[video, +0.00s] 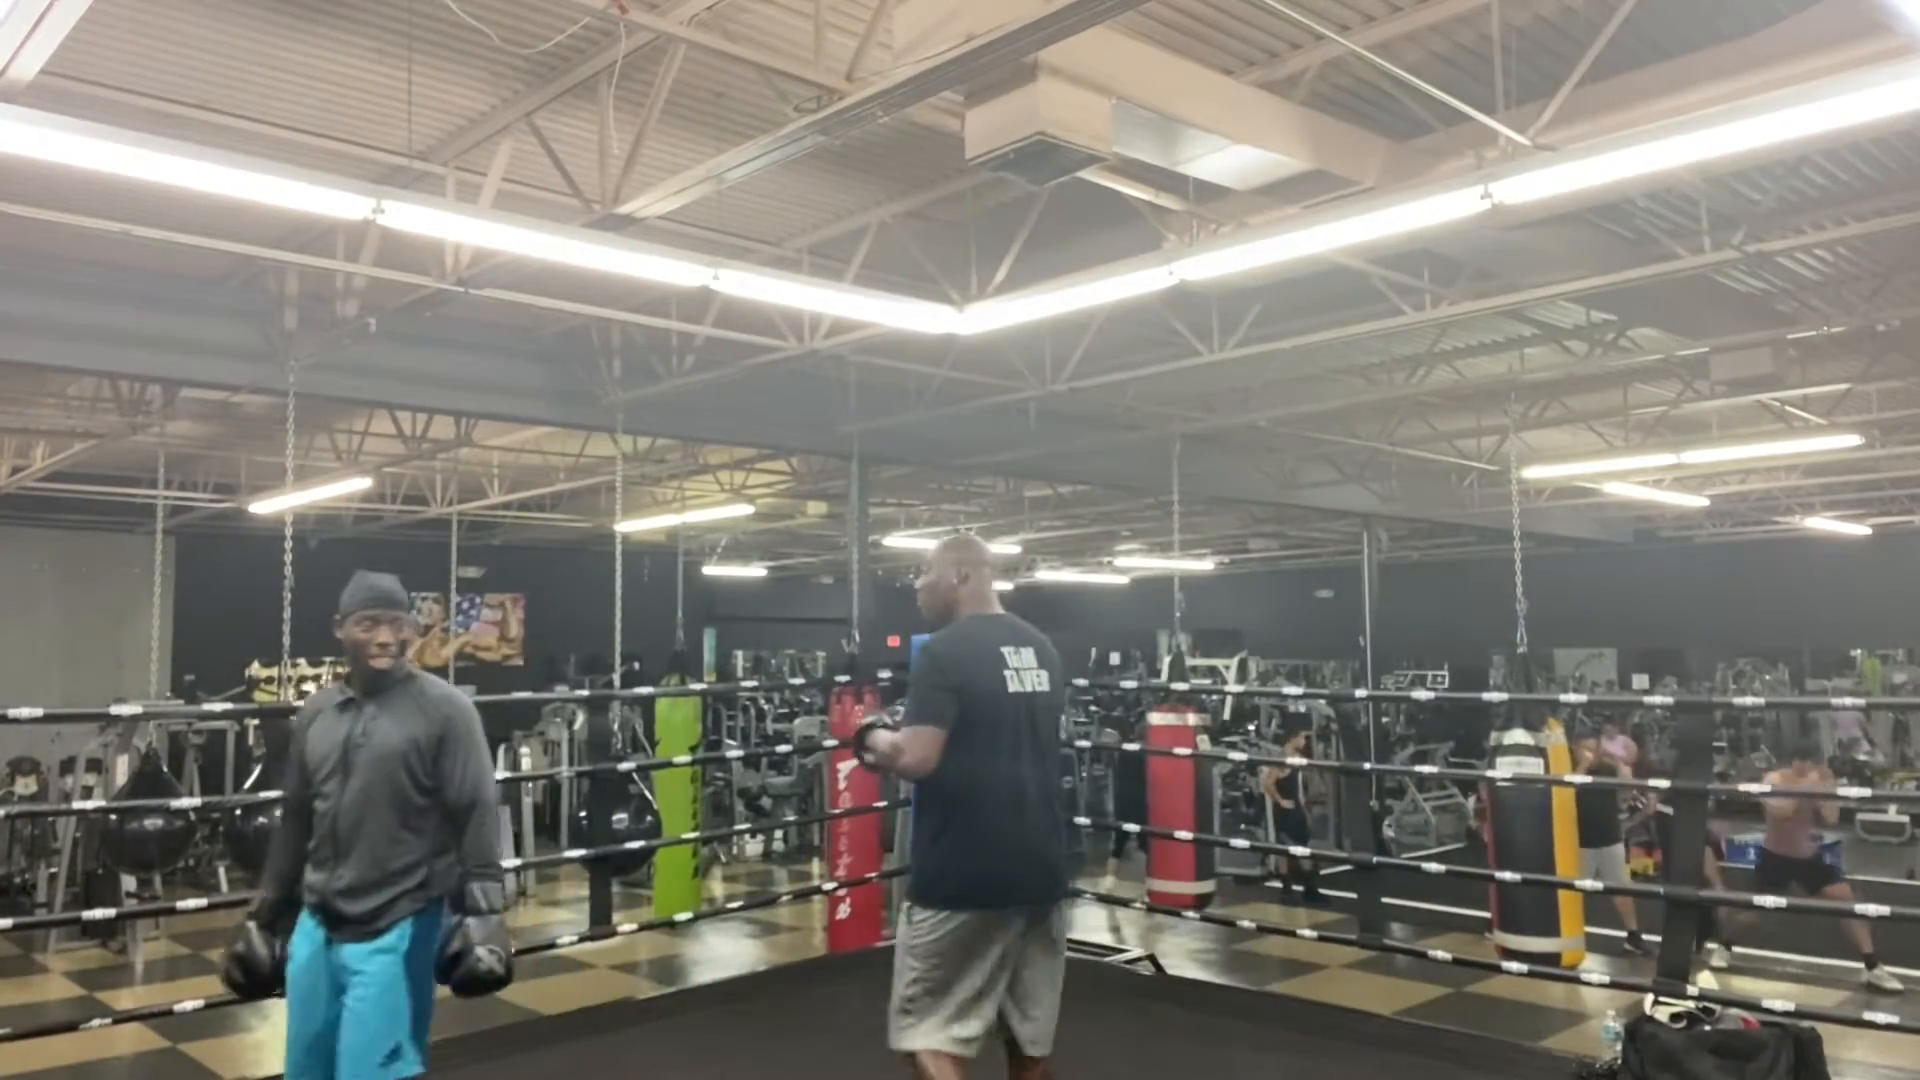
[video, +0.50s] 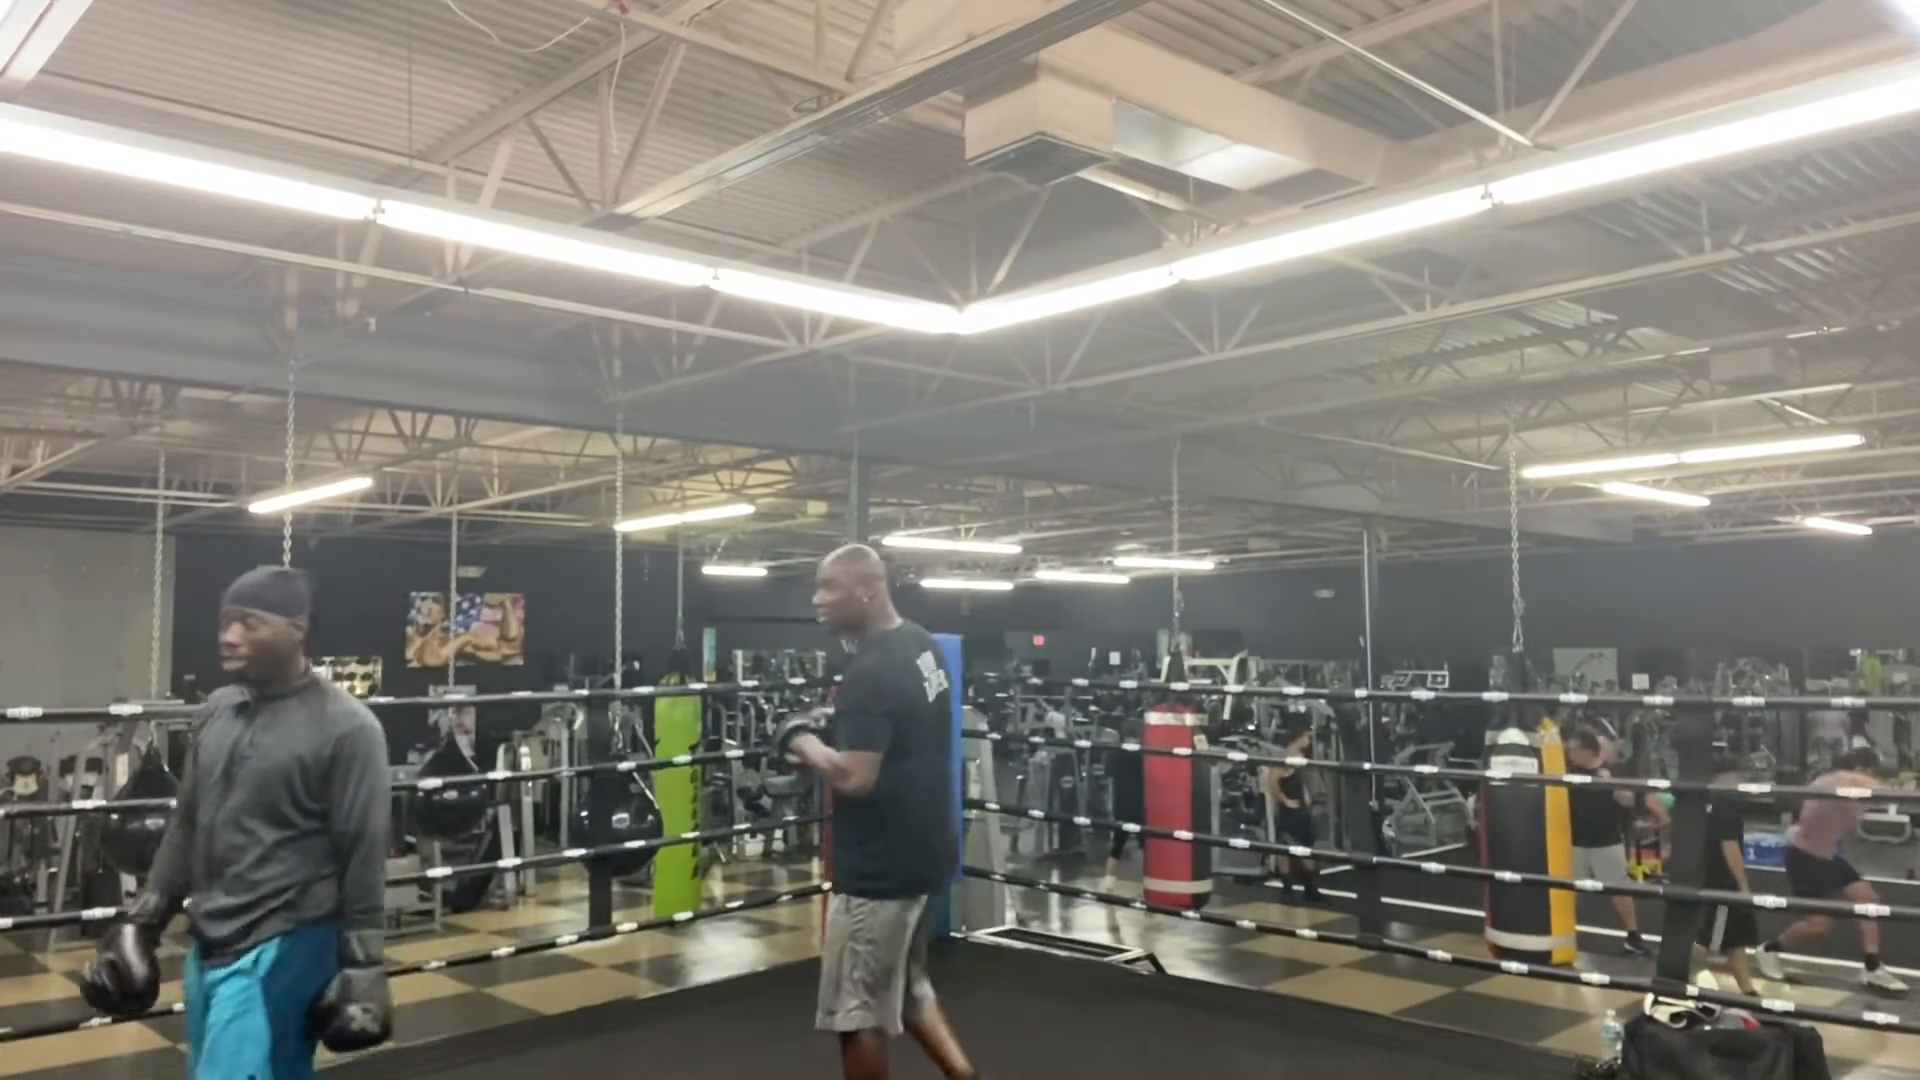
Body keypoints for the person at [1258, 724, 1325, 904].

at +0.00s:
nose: (1305, 742)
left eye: (1305, 738)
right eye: (1302, 737)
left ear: (1296, 740)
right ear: (1293, 739)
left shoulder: (1298, 759)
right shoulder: (1283, 759)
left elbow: (1298, 789)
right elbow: (1267, 782)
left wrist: (1304, 809)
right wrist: (1280, 800)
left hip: (1297, 806)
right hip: (1284, 808)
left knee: (1303, 844)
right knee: (1286, 846)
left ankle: (1309, 885)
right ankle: (1286, 885)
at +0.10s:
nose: (1305, 742)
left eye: (1305, 738)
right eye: (1302, 737)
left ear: (1297, 740)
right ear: (1292, 739)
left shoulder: (1298, 759)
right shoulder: (1283, 759)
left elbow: (1299, 789)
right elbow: (1268, 782)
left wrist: (1304, 810)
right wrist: (1280, 800)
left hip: (1297, 806)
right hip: (1284, 807)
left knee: (1303, 844)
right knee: (1285, 845)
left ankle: (1309, 884)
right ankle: (1286, 885)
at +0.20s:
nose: (1305, 741)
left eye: (1305, 738)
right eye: (1303, 737)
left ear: (1295, 739)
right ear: (1293, 738)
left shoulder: (1297, 759)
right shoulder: (1283, 758)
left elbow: (1298, 788)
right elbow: (1268, 782)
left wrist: (1304, 809)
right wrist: (1280, 800)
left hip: (1297, 806)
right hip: (1285, 807)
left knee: (1302, 843)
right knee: (1286, 845)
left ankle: (1309, 884)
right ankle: (1286, 885)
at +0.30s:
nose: (1305, 741)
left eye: (1305, 738)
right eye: (1303, 737)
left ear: (1298, 739)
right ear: (1294, 738)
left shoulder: (1297, 758)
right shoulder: (1282, 758)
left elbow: (1296, 783)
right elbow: (1269, 782)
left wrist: (1301, 800)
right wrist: (1282, 800)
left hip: (1298, 805)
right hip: (1286, 807)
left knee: (1303, 844)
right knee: (1286, 846)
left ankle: (1310, 884)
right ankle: (1286, 885)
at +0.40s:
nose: (1306, 741)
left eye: (1306, 737)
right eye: (1304, 737)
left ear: (1297, 738)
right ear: (1295, 738)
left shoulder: (1296, 758)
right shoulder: (1284, 758)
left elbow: (1295, 782)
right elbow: (1270, 781)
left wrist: (1302, 796)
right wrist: (1282, 800)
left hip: (1298, 806)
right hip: (1287, 807)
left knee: (1302, 847)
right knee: (1286, 848)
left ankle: (1310, 885)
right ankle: (1287, 886)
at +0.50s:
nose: (1309, 742)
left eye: (1309, 738)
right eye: (1306, 737)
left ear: (1301, 739)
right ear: (1297, 738)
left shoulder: (1299, 758)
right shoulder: (1289, 758)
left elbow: (1298, 783)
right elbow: (1272, 780)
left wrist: (1306, 799)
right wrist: (1285, 800)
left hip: (1301, 808)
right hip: (1289, 809)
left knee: (1305, 848)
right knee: (1288, 849)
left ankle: (1310, 886)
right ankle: (1287, 886)